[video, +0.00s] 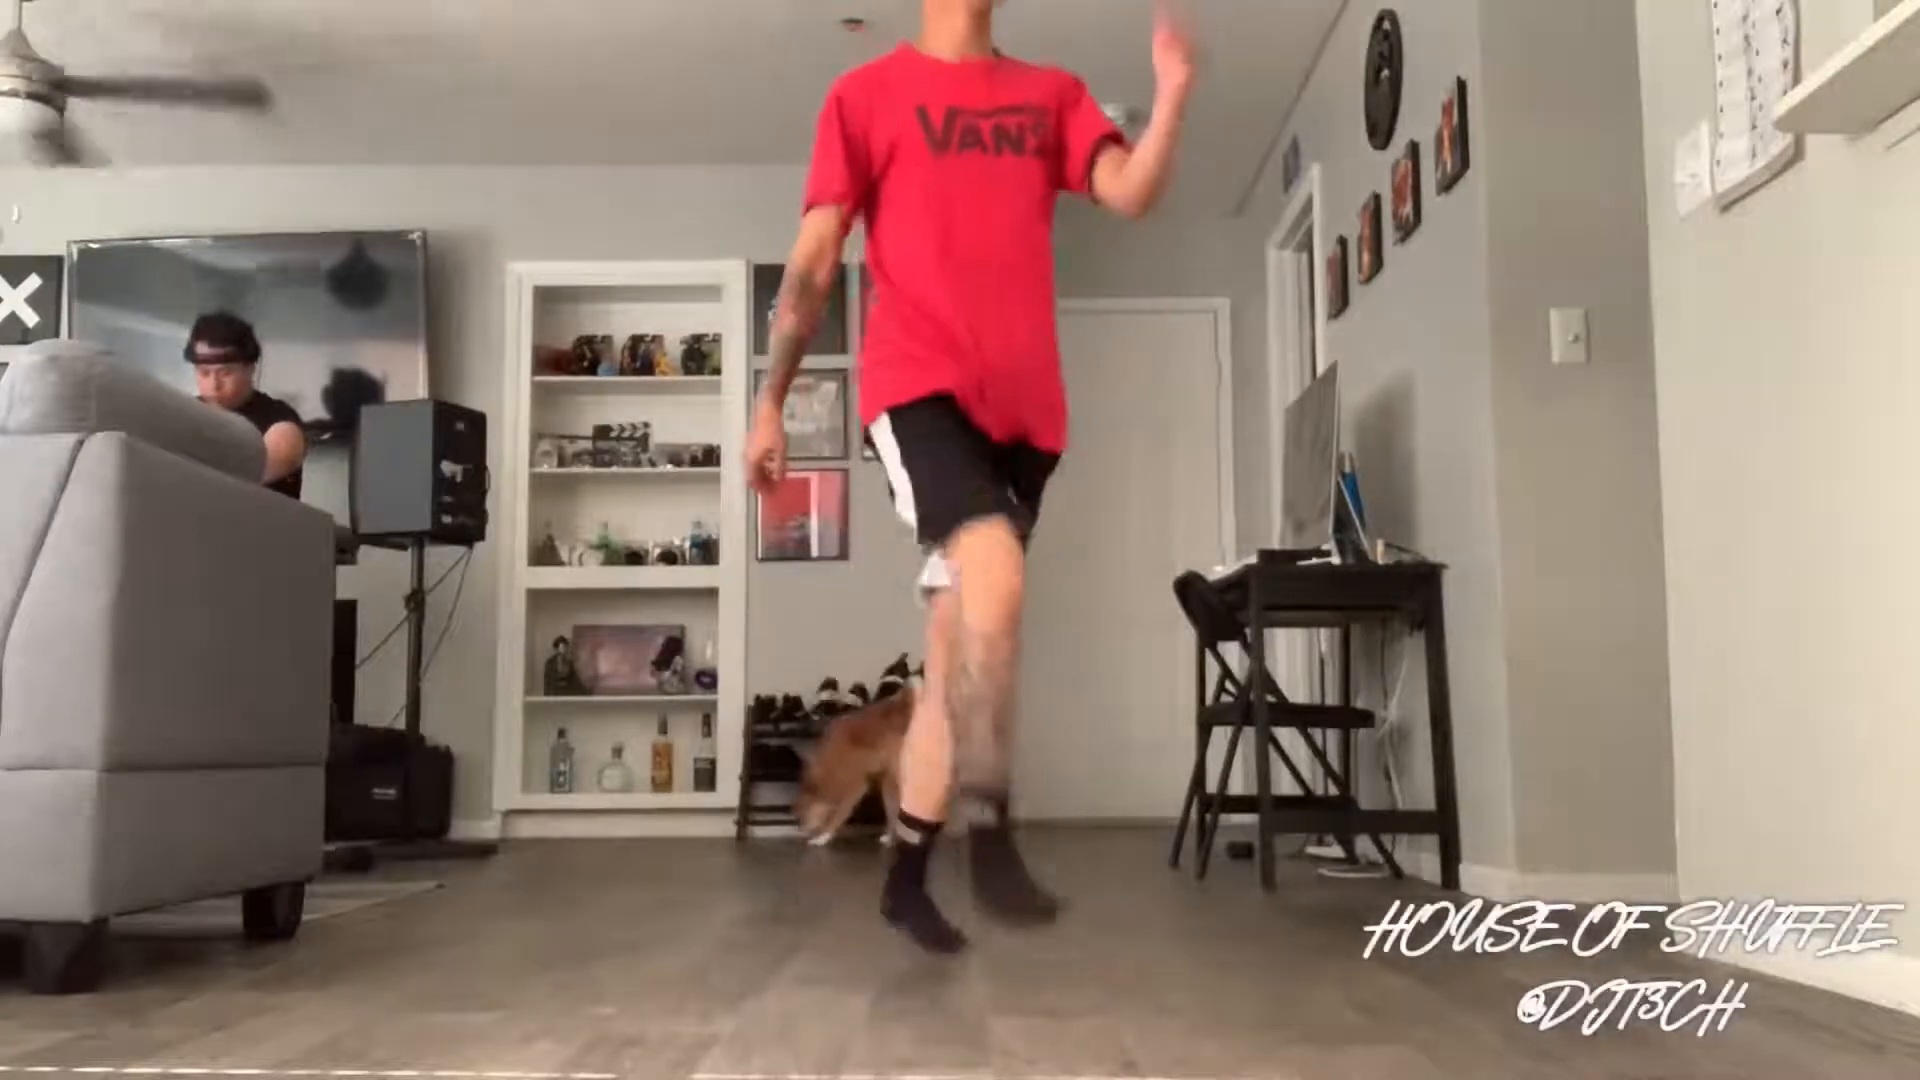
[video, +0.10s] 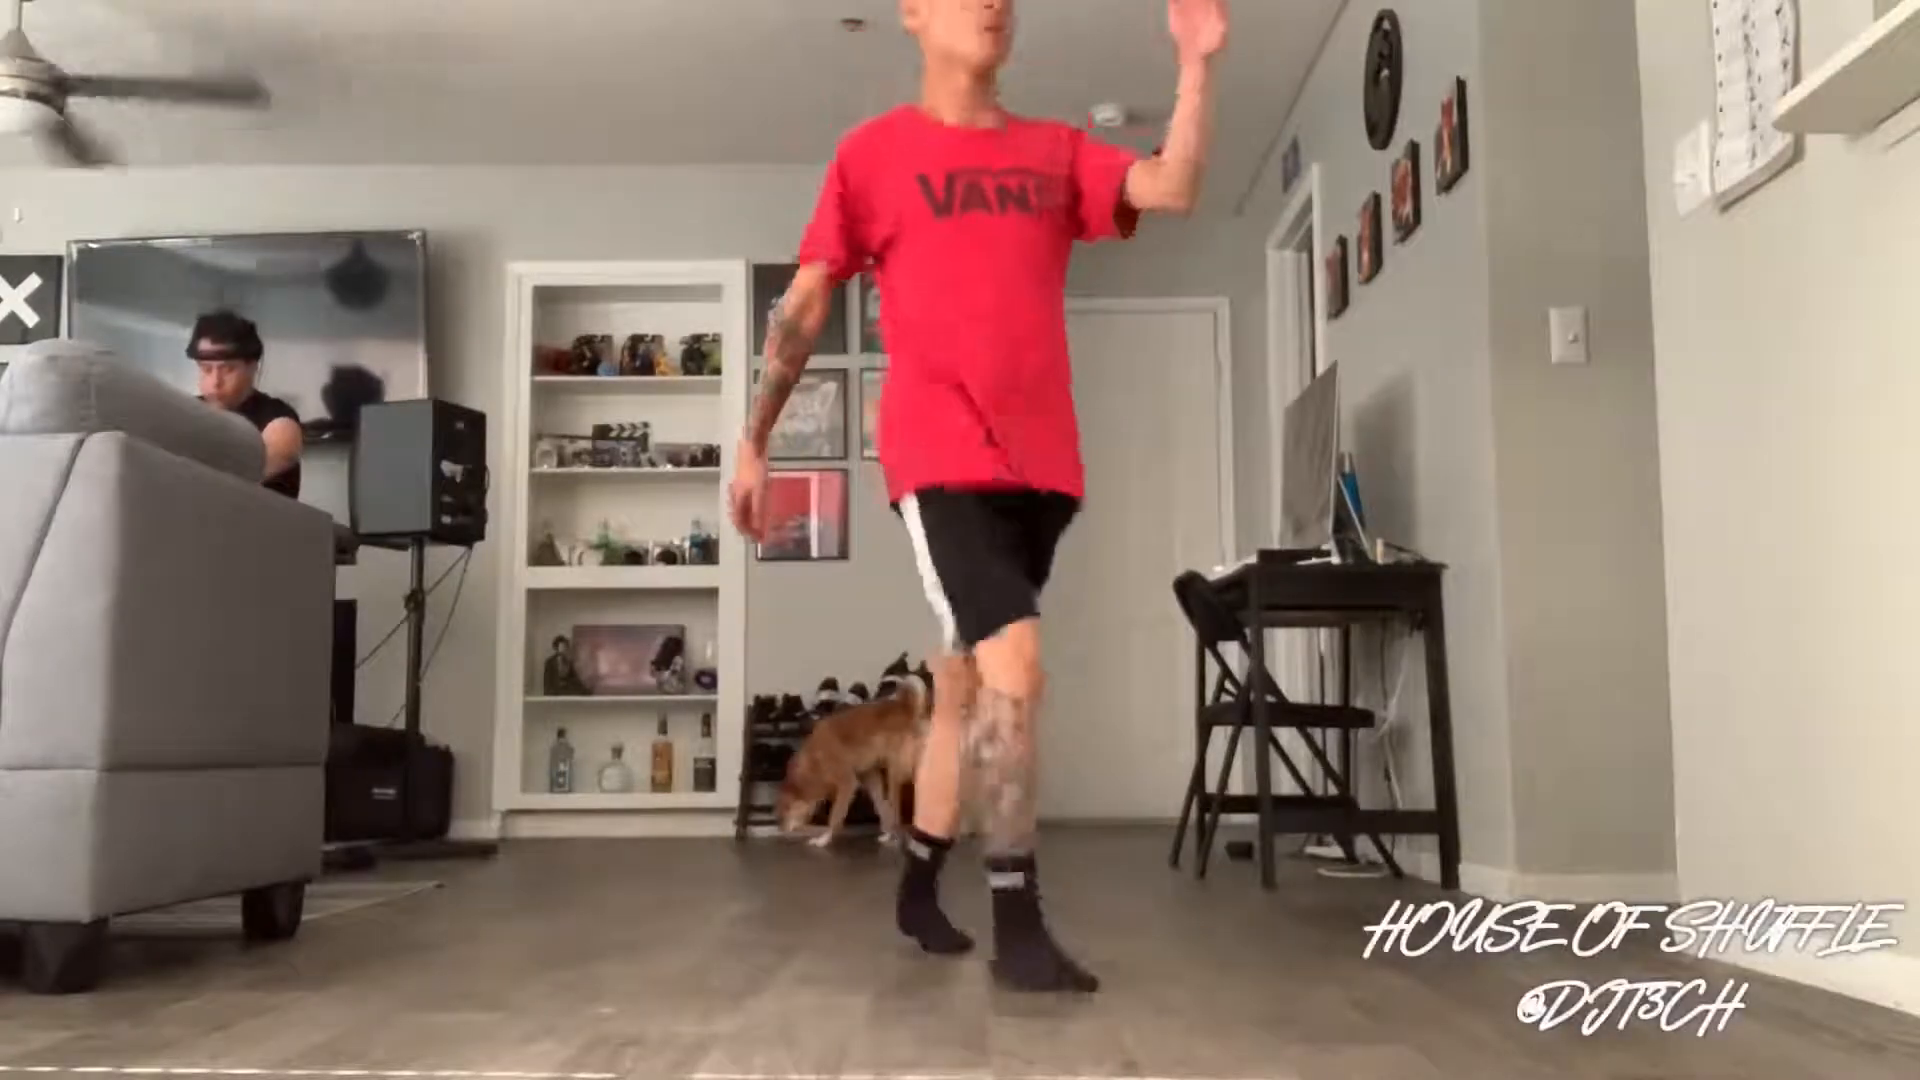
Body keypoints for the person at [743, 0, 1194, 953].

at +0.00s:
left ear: (983, 1)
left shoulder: (1051, 92)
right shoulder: (864, 95)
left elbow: (1129, 191)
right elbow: (812, 265)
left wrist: (1170, 98)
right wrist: (769, 404)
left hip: (1023, 392)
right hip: (914, 381)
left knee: (959, 642)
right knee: (994, 579)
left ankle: (906, 875)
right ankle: (990, 828)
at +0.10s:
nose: (993, 13)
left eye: (1002, 2)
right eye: (969, 0)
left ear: (1012, 24)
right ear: (915, 18)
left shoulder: (1051, 149)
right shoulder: (872, 154)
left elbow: (1174, 187)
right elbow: (803, 308)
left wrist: (1198, 62)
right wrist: (753, 445)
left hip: (1042, 449)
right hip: (938, 446)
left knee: (967, 678)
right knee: (1015, 663)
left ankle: (916, 888)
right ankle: (1019, 932)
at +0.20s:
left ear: (1009, 8)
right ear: (930, 4)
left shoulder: (1051, 104)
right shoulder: (879, 108)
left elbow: (1130, 209)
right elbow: (848, 278)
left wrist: (1203, 212)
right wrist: (845, 412)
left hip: (1053, 411)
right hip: (948, 416)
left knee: (1025, 672)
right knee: (983, 663)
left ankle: (928, 835)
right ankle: (1001, 915)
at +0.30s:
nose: (1013, 2)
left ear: (1022, 16)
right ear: (939, 7)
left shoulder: (1056, 132)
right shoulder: (895, 116)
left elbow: (1098, 277)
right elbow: (878, 277)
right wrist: (970, 326)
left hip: (1054, 413)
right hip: (950, 418)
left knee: (1102, 607)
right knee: (976, 667)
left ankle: (983, 718)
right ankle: (937, 906)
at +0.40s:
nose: (1037, 3)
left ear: (1028, 20)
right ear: (959, 5)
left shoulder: (1049, 133)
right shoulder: (917, 100)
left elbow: (1041, 253)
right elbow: (923, 232)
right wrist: (1048, 204)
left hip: (1059, 399)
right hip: (965, 420)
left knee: (1141, 543)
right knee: (989, 672)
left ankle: (1064, 735)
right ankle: (951, 902)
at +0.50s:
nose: (1050, 19)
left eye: (1050, 5)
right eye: (1030, 2)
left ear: (1036, 23)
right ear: (966, 12)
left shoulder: (1024, 131)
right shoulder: (929, 88)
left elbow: (1030, 290)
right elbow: (938, 145)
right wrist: (1072, 91)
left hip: (1087, 411)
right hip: (988, 425)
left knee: (1137, 611)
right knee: (1033, 675)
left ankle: (1116, 875)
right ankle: (1042, 871)